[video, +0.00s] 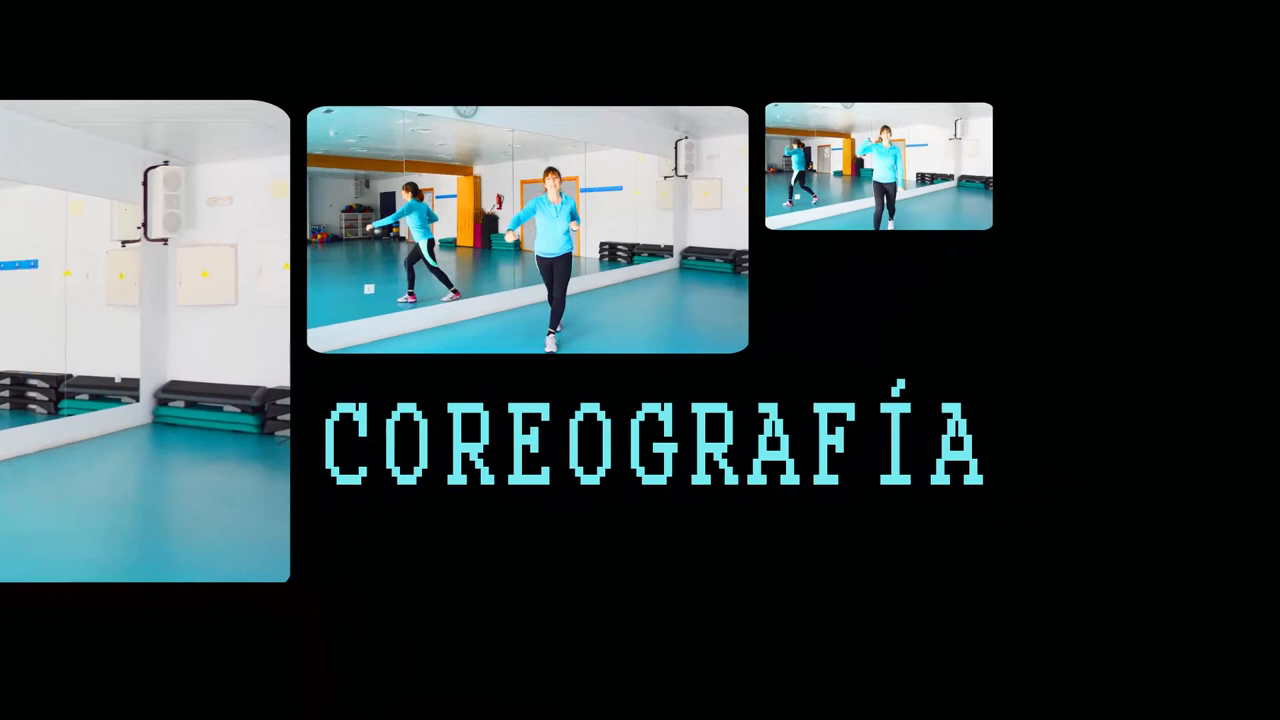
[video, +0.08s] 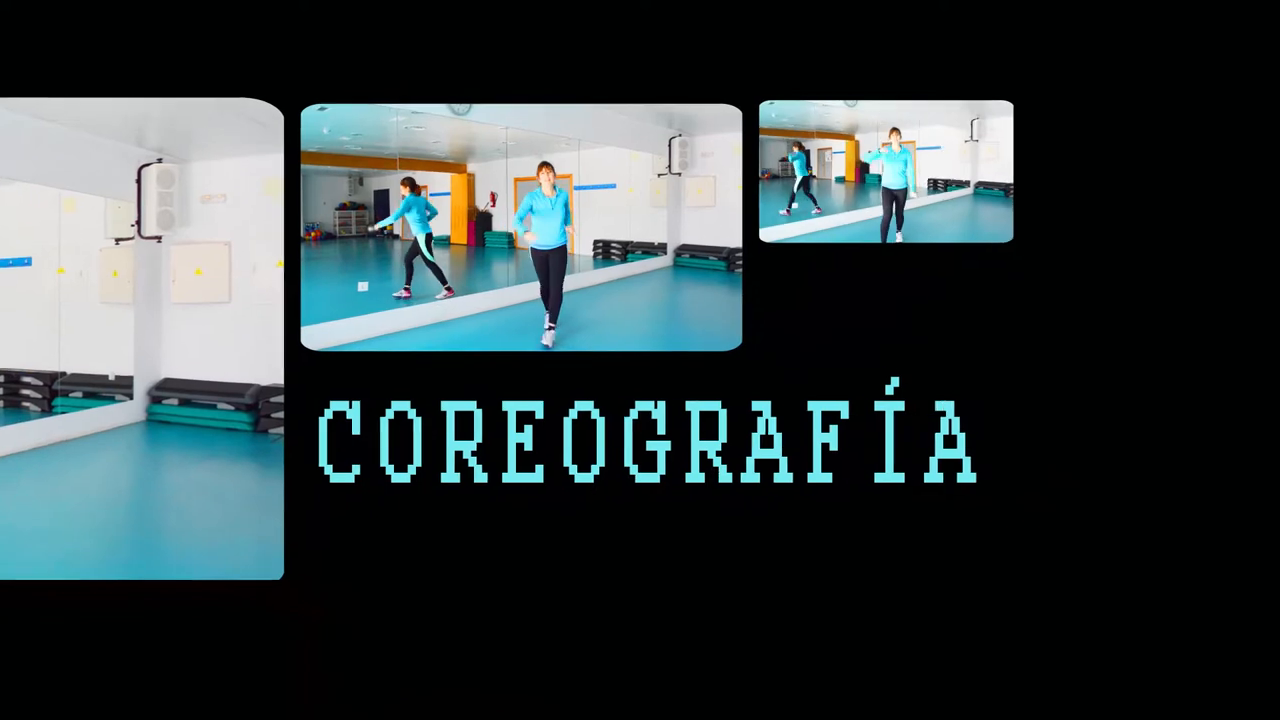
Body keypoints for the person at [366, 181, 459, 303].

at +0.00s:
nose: (403, 195)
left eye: (404, 193)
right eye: (403, 193)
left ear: (410, 193)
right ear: (414, 193)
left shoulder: (409, 205)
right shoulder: (423, 205)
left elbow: (393, 218)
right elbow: (434, 218)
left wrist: (374, 224)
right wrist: (421, 221)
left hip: (424, 241)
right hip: (424, 240)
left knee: (433, 267)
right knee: (408, 262)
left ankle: (454, 291)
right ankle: (410, 294)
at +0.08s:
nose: (401, 190)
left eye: (402, 187)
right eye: (401, 188)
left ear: (407, 187)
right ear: (412, 188)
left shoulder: (407, 201)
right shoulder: (421, 199)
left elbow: (394, 217)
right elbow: (434, 212)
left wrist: (378, 225)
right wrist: (424, 220)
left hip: (423, 235)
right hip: (422, 234)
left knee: (429, 261)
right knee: (408, 259)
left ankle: (447, 288)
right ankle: (406, 289)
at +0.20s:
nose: (396, 181)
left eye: (397, 178)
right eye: (396, 178)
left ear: (402, 178)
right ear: (407, 178)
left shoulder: (401, 192)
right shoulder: (417, 189)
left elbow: (394, 214)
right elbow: (429, 203)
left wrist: (396, 211)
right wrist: (426, 219)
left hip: (415, 225)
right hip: (419, 223)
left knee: (424, 254)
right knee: (402, 250)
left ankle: (437, 283)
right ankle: (409, 280)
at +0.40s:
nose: (383, 176)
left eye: (384, 173)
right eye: (383, 173)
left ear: (391, 173)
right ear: (395, 173)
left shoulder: (388, 187)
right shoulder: (405, 183)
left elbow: (381, 200)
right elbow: (418, 197)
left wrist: (387, 191)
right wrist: (418, 211)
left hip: (402, 220)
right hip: (408, 218)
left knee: (410, 247)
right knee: (397, 248)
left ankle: (422, 276)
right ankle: (414, 269)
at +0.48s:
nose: (377, 170)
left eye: (379, 167)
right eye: (377, 167)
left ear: (386, 167)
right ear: (389, 167)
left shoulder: (383, 180)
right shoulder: (397, 178)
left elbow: (373, 193)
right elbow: (410, 192)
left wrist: (380, 186)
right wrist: (410, 207)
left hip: (397, 212)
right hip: (400, 211)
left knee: (402, 240)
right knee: (396, 241)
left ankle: (414, 270)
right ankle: (410, 266)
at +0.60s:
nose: (367, 157)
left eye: (369, 154)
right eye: (367, 155)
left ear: (375, 155)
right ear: (378, 155)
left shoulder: (374, 169)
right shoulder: (384, 166)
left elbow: (359, 181)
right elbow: (395, 179)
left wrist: (344, 186)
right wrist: (393, 193)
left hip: (389, 200)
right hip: (392, 199)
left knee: (386, 230)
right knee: (392, 229)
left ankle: (398, 259)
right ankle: (400, 256)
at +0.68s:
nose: (361, 153)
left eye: (362, 151)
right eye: (361, 151)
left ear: (370, 151)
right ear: (370, 151)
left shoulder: (370, 163)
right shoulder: (376, 162)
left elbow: (353, 175)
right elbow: (386, 173)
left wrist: (331, 182)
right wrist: (381, 185)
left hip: (385, 197)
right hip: (386, 196)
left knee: (377, 225)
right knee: (388, 224)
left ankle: (380, 256)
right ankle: (397, 251)